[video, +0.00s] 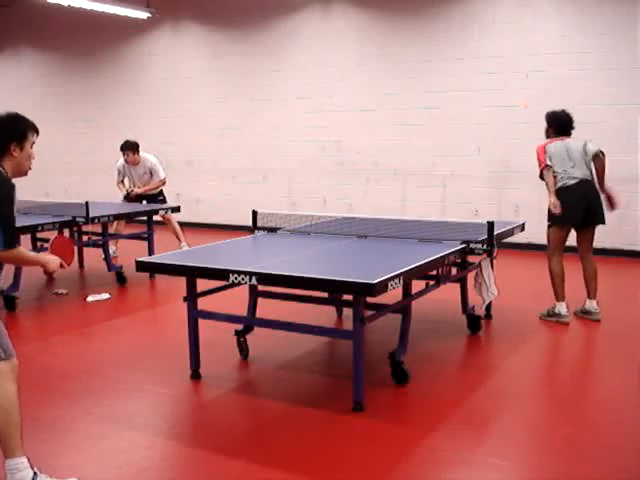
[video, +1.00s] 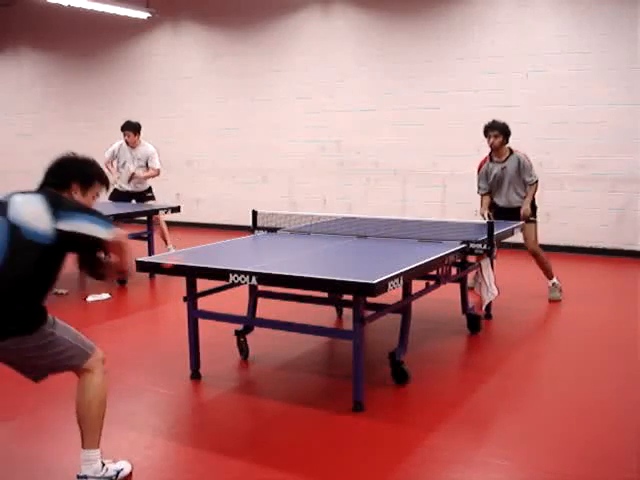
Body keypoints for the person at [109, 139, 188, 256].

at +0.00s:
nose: (125, 158)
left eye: (128, 155)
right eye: (124, 155)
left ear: (136, 154)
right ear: (123, 155)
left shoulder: (150, 161)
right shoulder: (121, 165)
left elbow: (162, 180)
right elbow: (119, 182)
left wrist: (142, 190)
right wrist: (126, 191)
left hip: (154, 193)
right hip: (135, 194)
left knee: (166, 216)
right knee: (120, 218)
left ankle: (183, 244)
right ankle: (113, 246)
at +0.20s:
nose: (126, 158)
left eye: (128, 155)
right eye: (125, 155)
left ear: (137, 153)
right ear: (123, 154)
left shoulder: (151, 161)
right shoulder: (123, 165)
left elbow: (163, 180)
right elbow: (120, 181)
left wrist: (143, 190)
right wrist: (126, 191)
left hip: (154, 193)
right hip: (135, 193)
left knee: (167, 216)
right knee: (120, 219)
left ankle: (183, 243)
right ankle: (113, 247)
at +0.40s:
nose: (129, 154)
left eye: (131, 151)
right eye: (128, 151)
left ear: (140, 149)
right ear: (128, 150)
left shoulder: (155, 158)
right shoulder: (125, 160)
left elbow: (167, 175)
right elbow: (119, 177)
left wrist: (149, 187)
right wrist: (128, 188)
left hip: (155, 193)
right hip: (135, 194)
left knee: (168, 216)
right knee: (121, 218)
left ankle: (183, 244)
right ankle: (113, 247)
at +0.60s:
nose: (132, 146)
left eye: (135, 143)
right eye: (131, 143)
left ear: (143, 142)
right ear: (130, 143)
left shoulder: (157, 154)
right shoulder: (128, 155)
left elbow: (170, 172)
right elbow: (124, 171)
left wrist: (154, 182)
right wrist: (128, 182)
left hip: (157, 193)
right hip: (136, 191)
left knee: (168, 217)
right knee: (123, 218)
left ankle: (183, 243)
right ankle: (114, 246)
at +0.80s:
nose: (128, 142)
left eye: (130, 139)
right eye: (127, 139)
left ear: (139, 138)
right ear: (126, 139)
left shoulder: (153, 152)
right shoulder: (124, 151)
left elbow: (164, 171)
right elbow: (122, 165)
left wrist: (147, 179)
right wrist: (122, 179)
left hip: (153, 194)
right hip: (132, 193)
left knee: (165, 217)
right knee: (119, 217)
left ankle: (183, 244)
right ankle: (120, 247)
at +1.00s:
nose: (126, 139)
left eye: (128, 136)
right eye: (124, 135)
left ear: (137, 135)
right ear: (123, 135)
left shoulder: (149, 150)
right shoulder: (119, 146)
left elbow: (155, 171)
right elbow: (107, 161)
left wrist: (139, 176)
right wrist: (113, 174)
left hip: (143, 190)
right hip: (121, 190)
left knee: (157, 217)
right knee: (108, 218)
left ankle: (169, 246)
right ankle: (104, 249)